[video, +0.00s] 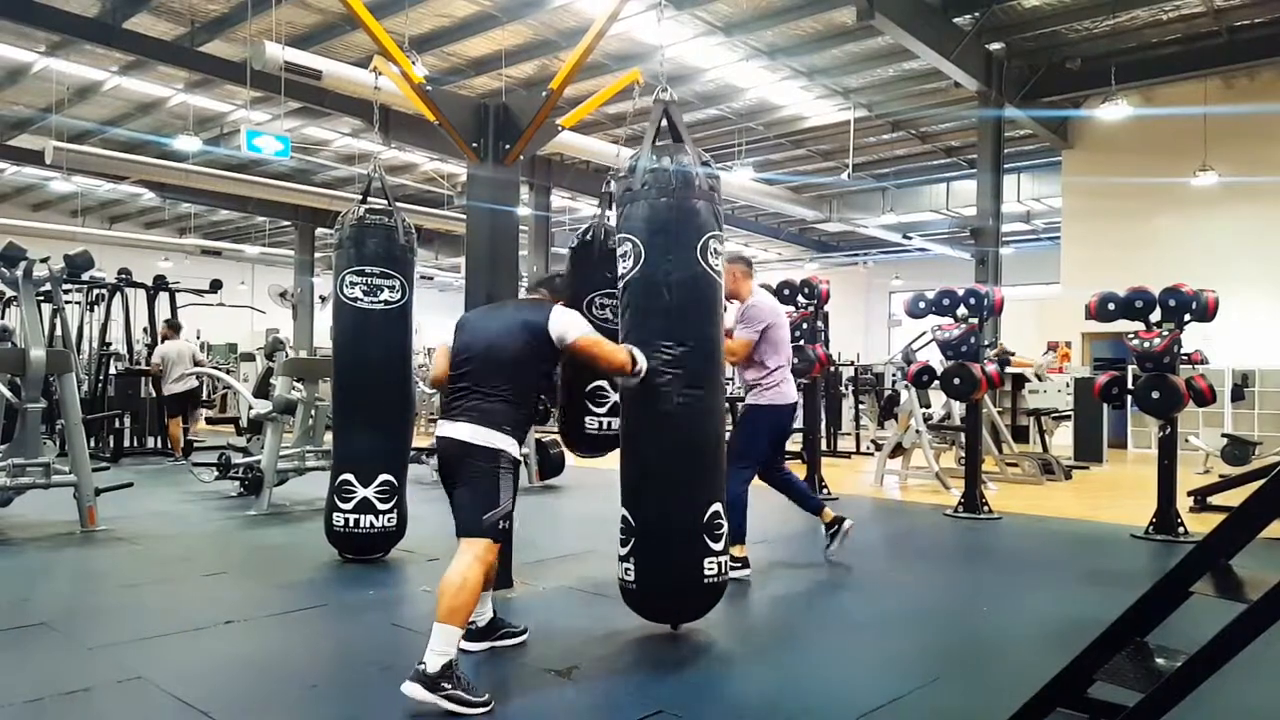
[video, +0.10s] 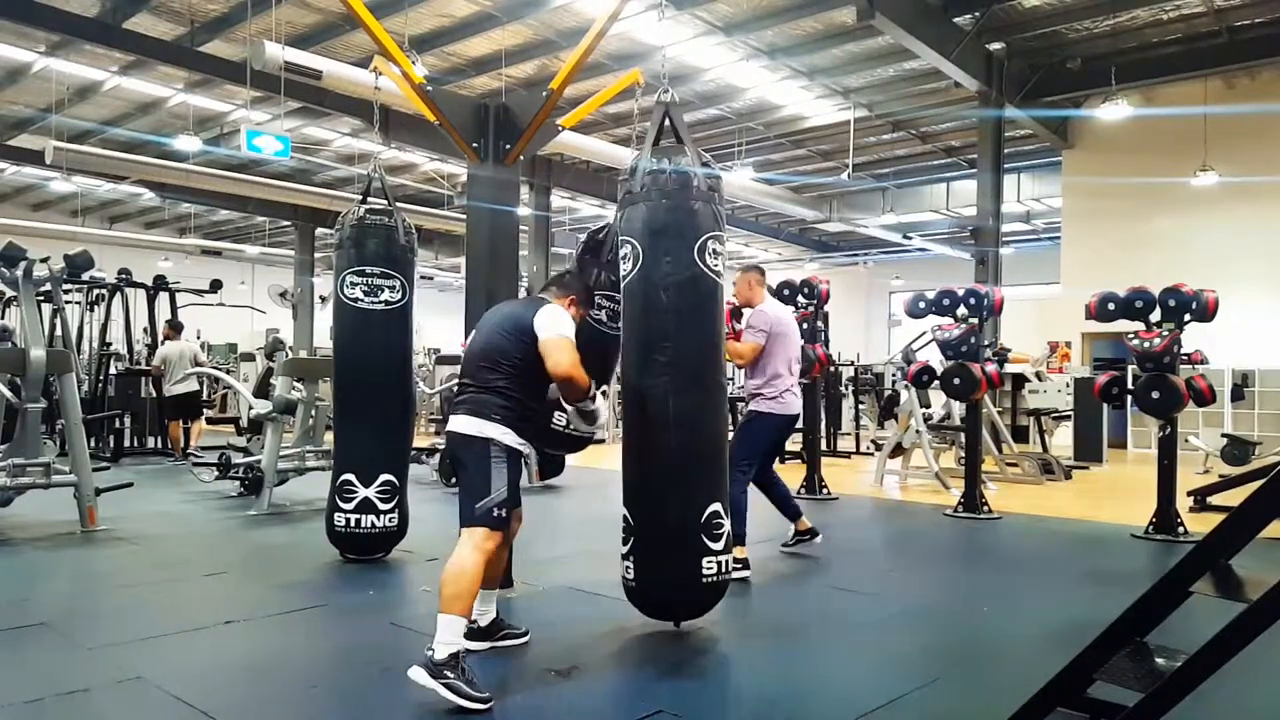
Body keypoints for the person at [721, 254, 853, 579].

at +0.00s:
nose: (721, 284)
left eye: (723, 277)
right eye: (721, 277)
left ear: (737, 276)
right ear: (744, 275)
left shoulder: (755, 306)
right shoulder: (765, 303)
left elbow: (737, 353)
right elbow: (738, 345)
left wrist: (710, 337)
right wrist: (722, 335)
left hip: (764, 402)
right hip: (782, 401)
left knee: (735, 475)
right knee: (771, 469)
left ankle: (736, 553)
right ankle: (830, 520)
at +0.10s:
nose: (734, 292)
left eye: (736, 285)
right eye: (734, 286)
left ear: (753, 283)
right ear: (758, 284)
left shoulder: (762, 313)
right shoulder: (783, 313)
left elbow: (744, 357)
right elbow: (755, 355)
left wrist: (721, 342)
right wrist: (730, 347)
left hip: (768, 408)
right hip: (787, 408)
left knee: (736, 471)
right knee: (760, 471)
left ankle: (737, 552)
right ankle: (802, 526)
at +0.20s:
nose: (749, 294)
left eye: (751, 287)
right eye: (749, 288)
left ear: (769, 284)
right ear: (772, 285)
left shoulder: (783, 315)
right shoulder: (790, 315)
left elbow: (763, 357)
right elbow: (764, 357)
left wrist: (741, 334)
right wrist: (745, 335)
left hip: (782, 407)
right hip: (791, 406)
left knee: (756, 470)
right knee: (761, 469)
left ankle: (740, 547)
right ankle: (802, 530)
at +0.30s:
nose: (761, 285)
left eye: (765, 279)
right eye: (761, 280)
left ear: (784, 278)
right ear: (782, 278)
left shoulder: (802, 309)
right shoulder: (785, 312)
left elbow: (789, 352)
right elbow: (780, 353)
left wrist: (759, 329)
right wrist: (757, 329)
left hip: (801, 401)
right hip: (793, 400)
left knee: (772, 465)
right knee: (780, 468)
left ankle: (768, 543)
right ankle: (807, 536)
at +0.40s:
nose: (774, 274)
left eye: (777, 267)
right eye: (774, 269)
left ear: (796, 266)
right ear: (793, 267)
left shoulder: (814, 296)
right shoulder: (799, 300)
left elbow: (812, 339)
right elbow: (797, 338)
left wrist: (777, 322)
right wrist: (773, 318)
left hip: (819, 388)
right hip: (806, 387)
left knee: (798, 454)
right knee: (796, 454)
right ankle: (806, 523)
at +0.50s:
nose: (787, 278)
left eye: (790, 272)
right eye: (786, 273)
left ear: (809, 271)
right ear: (805, 273)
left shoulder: (826, 298)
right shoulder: (808, 303)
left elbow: (825, 341)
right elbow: (811, 344)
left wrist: (791, 327)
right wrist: (786, 331)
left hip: (834, 391)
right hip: (818, 389)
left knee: (819, 454)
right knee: (800, 449)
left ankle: (865, 514)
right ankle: (821, 517)